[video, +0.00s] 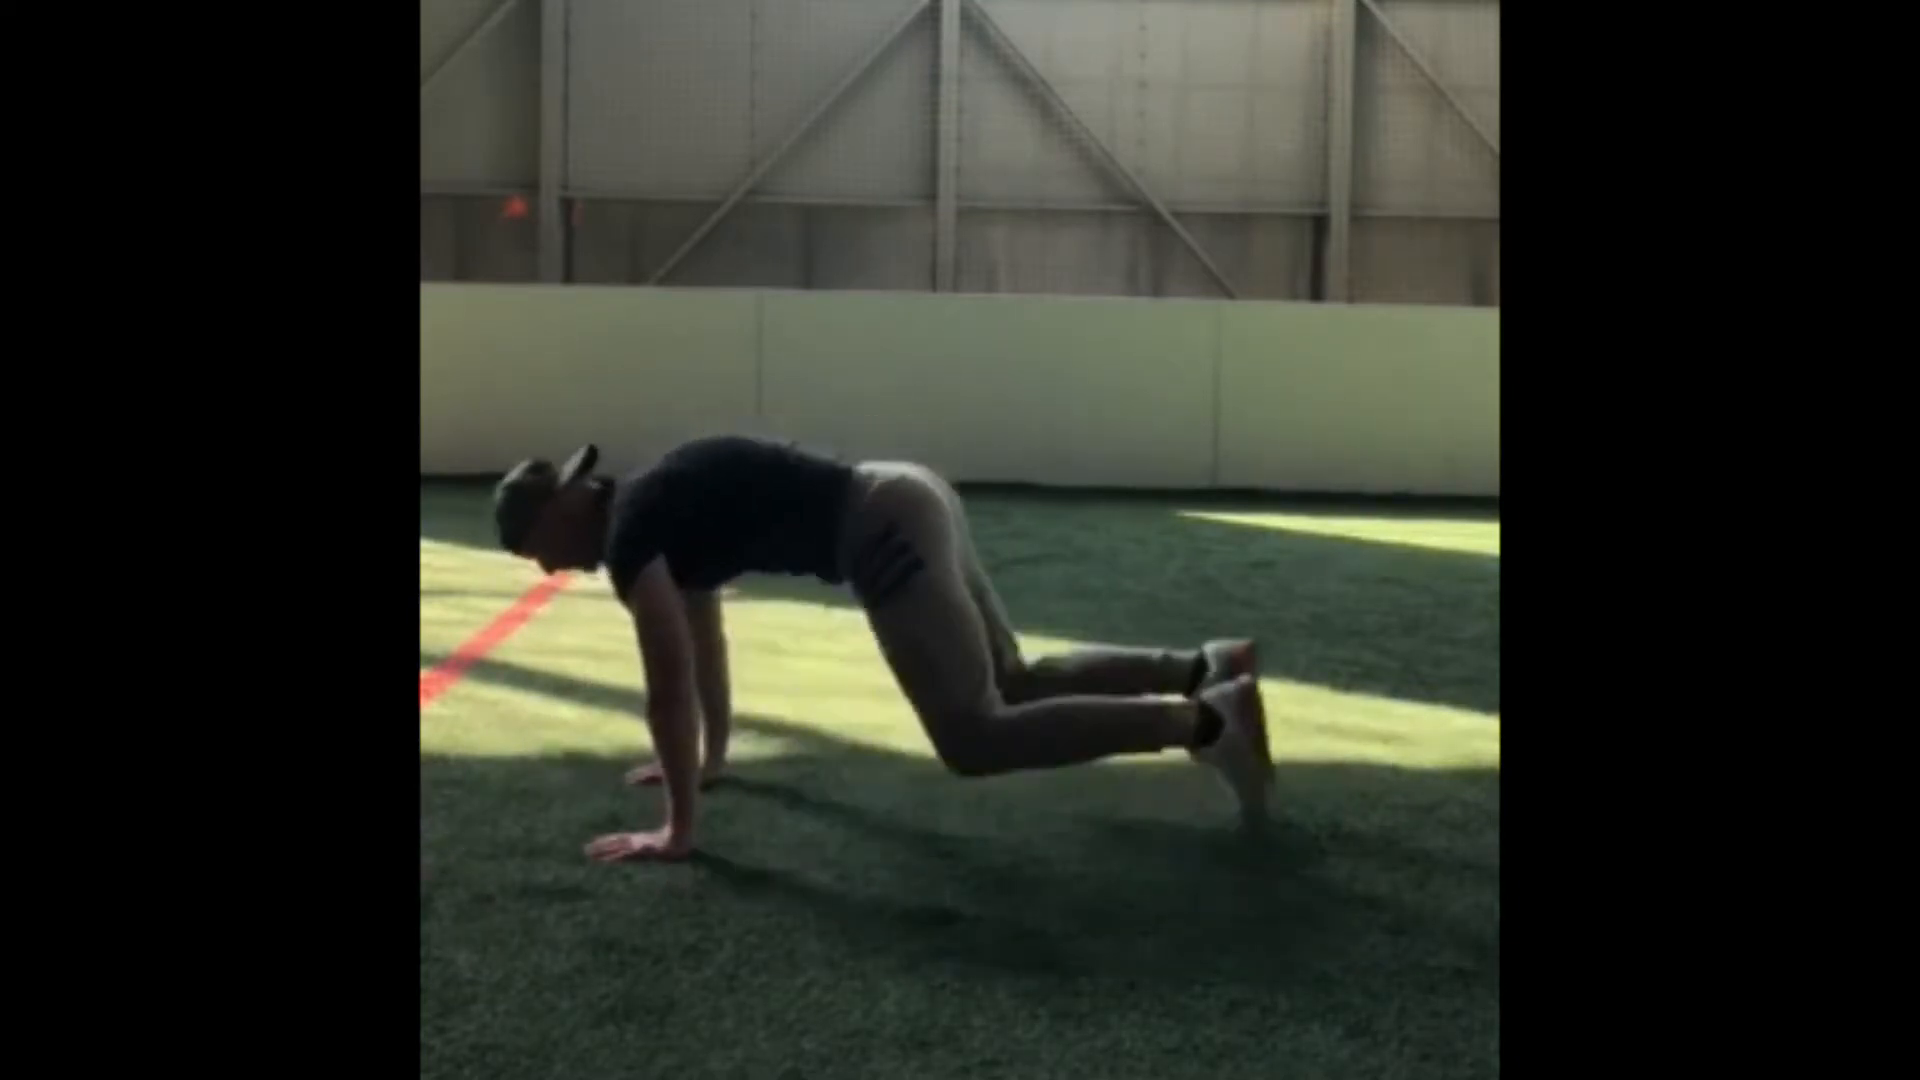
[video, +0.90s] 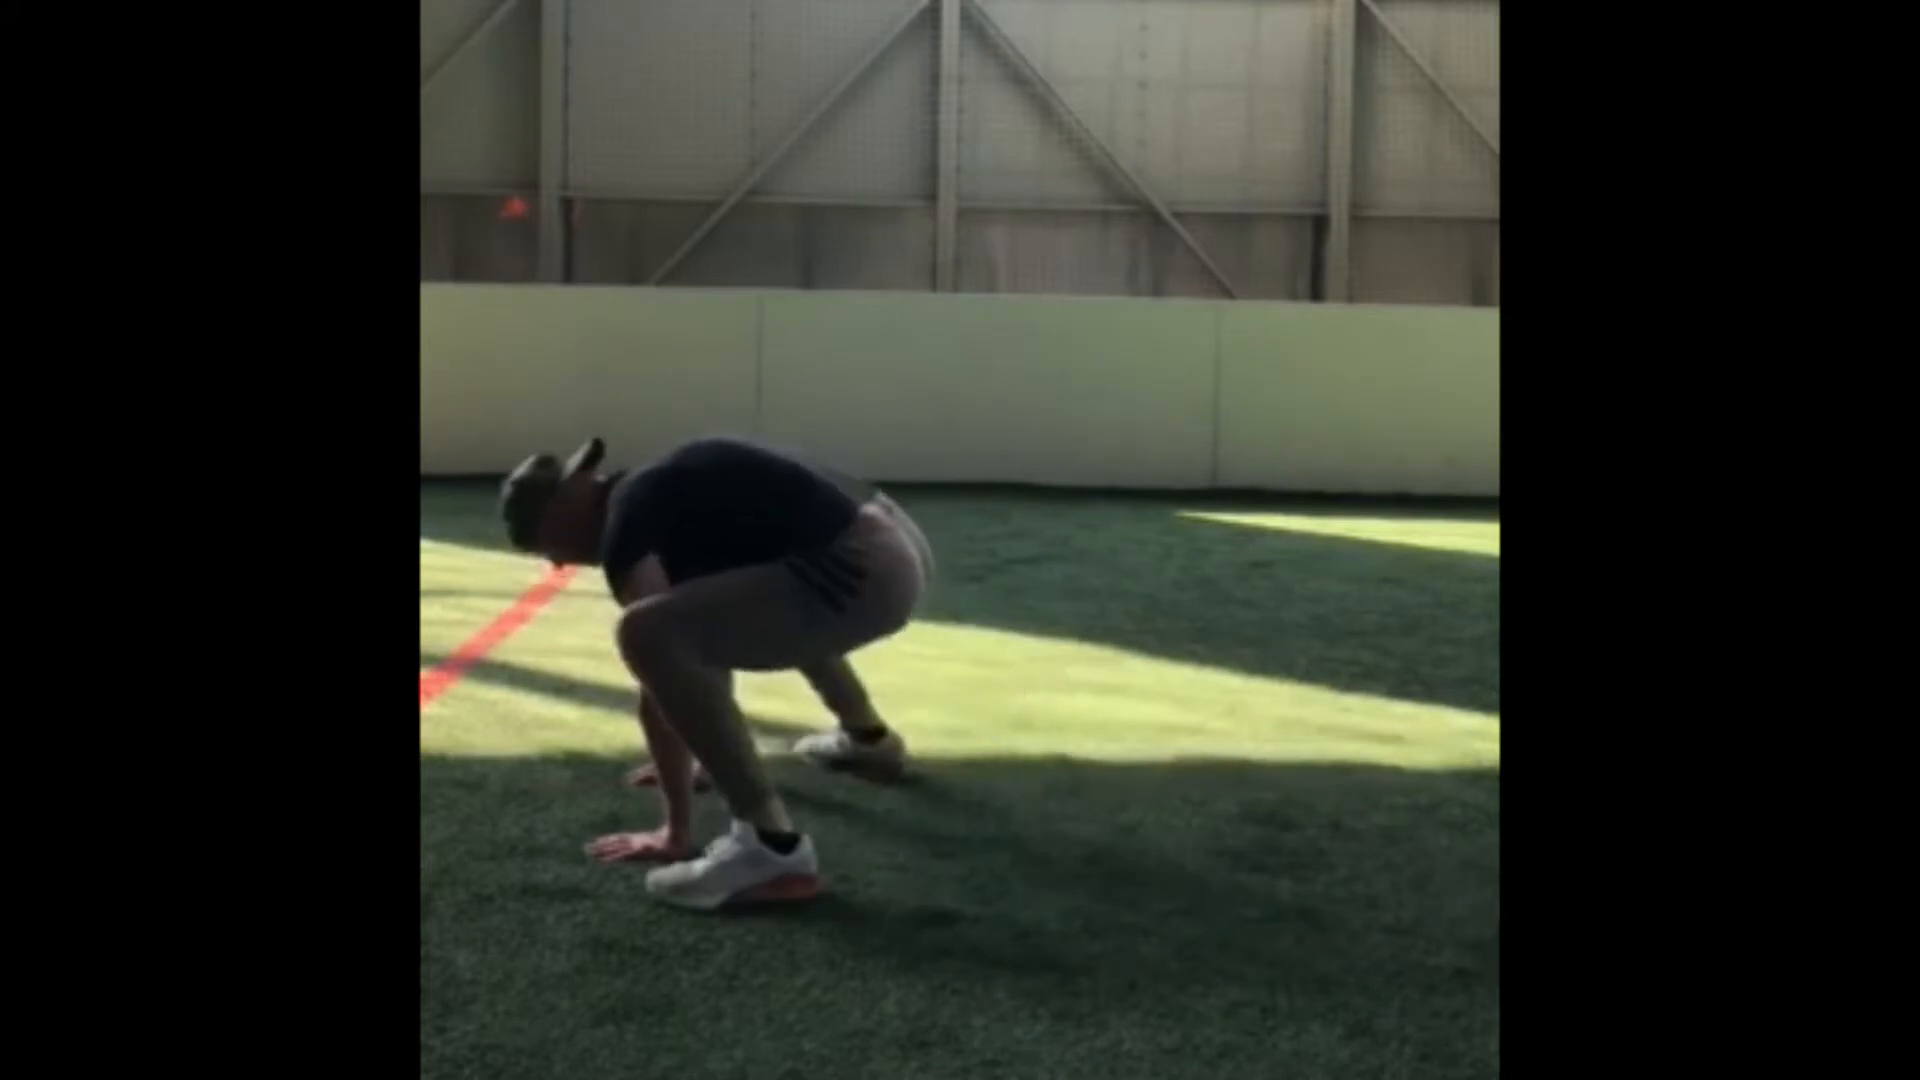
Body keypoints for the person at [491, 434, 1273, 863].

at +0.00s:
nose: (554, 570)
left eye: (547, 554)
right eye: (542, 560)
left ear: (569, 511)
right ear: (581, 494)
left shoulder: (636, 541)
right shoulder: (661, 502)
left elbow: (669, 687)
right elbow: (703, 652)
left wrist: (676, 830)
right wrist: (707, 755)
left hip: (885, 530)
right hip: (907, 497)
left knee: (974, 742)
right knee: (1011, 681)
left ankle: (1202, 722)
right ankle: (1201, 670)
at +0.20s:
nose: (580, 535)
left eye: (576, 518)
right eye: (572, 522)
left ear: (608, 491)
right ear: (627, 480)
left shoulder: (673, 531)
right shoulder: (703, 508)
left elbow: (693, 683)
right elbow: (728, 668)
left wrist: (678, 827)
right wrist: (704, 766)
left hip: (918, 655)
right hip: (932, 629)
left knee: (1081, 787)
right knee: (1091, 751)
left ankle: (1320, 775)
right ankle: (1303, 743)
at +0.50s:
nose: (542, 582)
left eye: (531, 568)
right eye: (529, 573)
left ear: (547, 522)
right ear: (561, 500)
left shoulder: (614, 542)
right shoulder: (653, 507)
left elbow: (661, 696)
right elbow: (706, 665)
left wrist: (676, 830)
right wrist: (703, 764)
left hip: (880, 584)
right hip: (902, 546)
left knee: (1027, 747)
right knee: (1048, 688)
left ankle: (1265, 758)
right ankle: (1267, 724)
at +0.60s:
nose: (546, 598)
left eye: (532, 585)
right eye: (531, 591)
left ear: (546, 535)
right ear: (556, 520)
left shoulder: (617, 541)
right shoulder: (645, 512)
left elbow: (660, 695)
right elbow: (701, 652)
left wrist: (675, 832)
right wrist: (710, 754)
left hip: (867, 510)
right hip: (888, 480)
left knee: (904, 739)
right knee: (959, 677)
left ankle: (1147, 722)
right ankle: (1158, 670)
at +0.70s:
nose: (554, 595)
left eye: (543, 582)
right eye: (540, 589)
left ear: (557, 537)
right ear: (564, 521)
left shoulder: (623, 536)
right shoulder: (661, 514)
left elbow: (659, 693)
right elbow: (707, 641)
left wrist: (675, 832)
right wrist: (708, 754)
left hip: (872, 493)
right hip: (893, 473)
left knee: (745, 670)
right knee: (826, 617)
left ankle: (964, 753)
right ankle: (1016, 675)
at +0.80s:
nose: (563, 580)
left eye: (551, 562)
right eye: (548, 571)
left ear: (568, 519)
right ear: (580, 503)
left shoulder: (632, 535)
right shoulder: (663, 498)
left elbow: (667, 688)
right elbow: (715, 634)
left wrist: (675, 832)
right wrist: (707, 760)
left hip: (873, 531)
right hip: (903, 506)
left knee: (667, 616)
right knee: (779, 581)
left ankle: (801, 815)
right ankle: (879, 730)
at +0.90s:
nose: (560, 561)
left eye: (549, 545)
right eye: (547, 553)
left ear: (567, 510)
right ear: (584, 486)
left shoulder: (628, 530)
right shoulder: (661, 492)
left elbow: (664, 686)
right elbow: (709, 636)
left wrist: (675, 833)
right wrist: (689, 755)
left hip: (864, 577)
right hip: (896, 544)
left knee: (648, 634)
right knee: (754, 587)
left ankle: (772, 843)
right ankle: (869, 738)